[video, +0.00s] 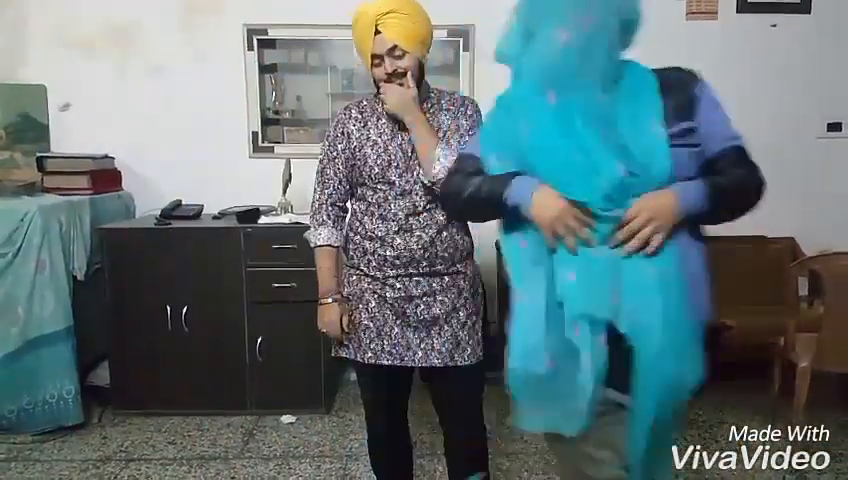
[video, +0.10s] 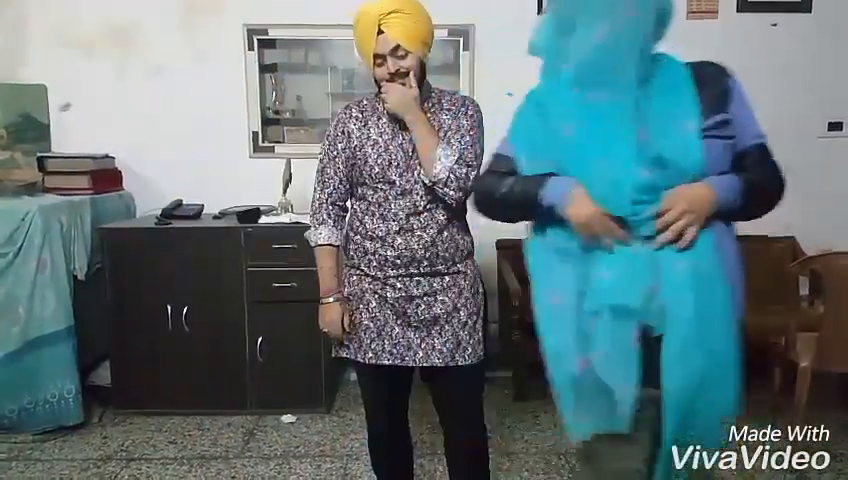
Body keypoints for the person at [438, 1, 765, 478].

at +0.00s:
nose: (564, 33)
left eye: (579, 16)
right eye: (551, 19)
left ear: (613, 19)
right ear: (533, 27)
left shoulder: (676, 92)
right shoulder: (520, 108)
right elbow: (456, 190)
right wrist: (527, 193)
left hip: (660, 352)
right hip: (558, 356)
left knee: (650, 465)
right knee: (586, 463)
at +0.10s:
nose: (606, 25)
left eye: (618, 12)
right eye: (592, 14)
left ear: (648, 13)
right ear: (571, 20)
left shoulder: (706, 84)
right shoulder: (551, 101)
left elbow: (765, 179)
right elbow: (487, 189)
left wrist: (713, 194)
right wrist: (560, 193)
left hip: (695, 332)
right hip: (592, 336)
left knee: (693, 462)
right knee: (616, 462)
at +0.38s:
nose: (690, 99)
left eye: (706, 83)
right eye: (677, 82)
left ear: (730, 81)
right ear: (650, 80)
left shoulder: (769, 155)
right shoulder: (624, 160)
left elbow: (798, 244)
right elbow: (607, 262)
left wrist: (826, 252)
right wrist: (686, 244)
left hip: (768, 323)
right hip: (672, 326)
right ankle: (707, 462)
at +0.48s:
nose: (705, 71)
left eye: (718, 54)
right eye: (690, 55)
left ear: (732, 54)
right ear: (657, 56)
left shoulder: (762, 132)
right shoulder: (627, 137)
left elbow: (789, 221)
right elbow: (598, 232)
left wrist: (815, 236)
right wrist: (684, 242)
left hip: (777, 342)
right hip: (684, 345)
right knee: (705, 460)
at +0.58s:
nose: (683, 54)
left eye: (696, 36)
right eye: (669, 37)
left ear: (717, 34)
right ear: (646, 36)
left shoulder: (753, 99)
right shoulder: (619, 107)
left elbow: (799, 177)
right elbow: (578, 196)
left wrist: (803, 193)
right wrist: (651, 216)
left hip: (758, 322)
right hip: (664, 329)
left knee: (770, 459)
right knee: (698, 461)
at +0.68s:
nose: (655, 59)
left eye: (669, 47)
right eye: (645, 46)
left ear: (698, 38)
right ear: (629, 40)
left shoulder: (738, 89)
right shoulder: (605, 103)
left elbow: (797, 159)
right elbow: (552, 177)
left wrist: (757, 183)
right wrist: (606, 200)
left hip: (734, 316)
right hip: (641, 321)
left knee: (743, 460)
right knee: (653, 460)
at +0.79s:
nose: (645, 66)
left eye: (658, 54)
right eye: (634, 54)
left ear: (684, 43)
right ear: (620, 44)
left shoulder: (720, 90)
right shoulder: (594, 105)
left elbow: (782, 155)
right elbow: (538, 171)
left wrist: (725, 176)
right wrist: (579, 199)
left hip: (715, 306)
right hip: (628, 311)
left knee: (716, 452)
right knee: (643, 454)